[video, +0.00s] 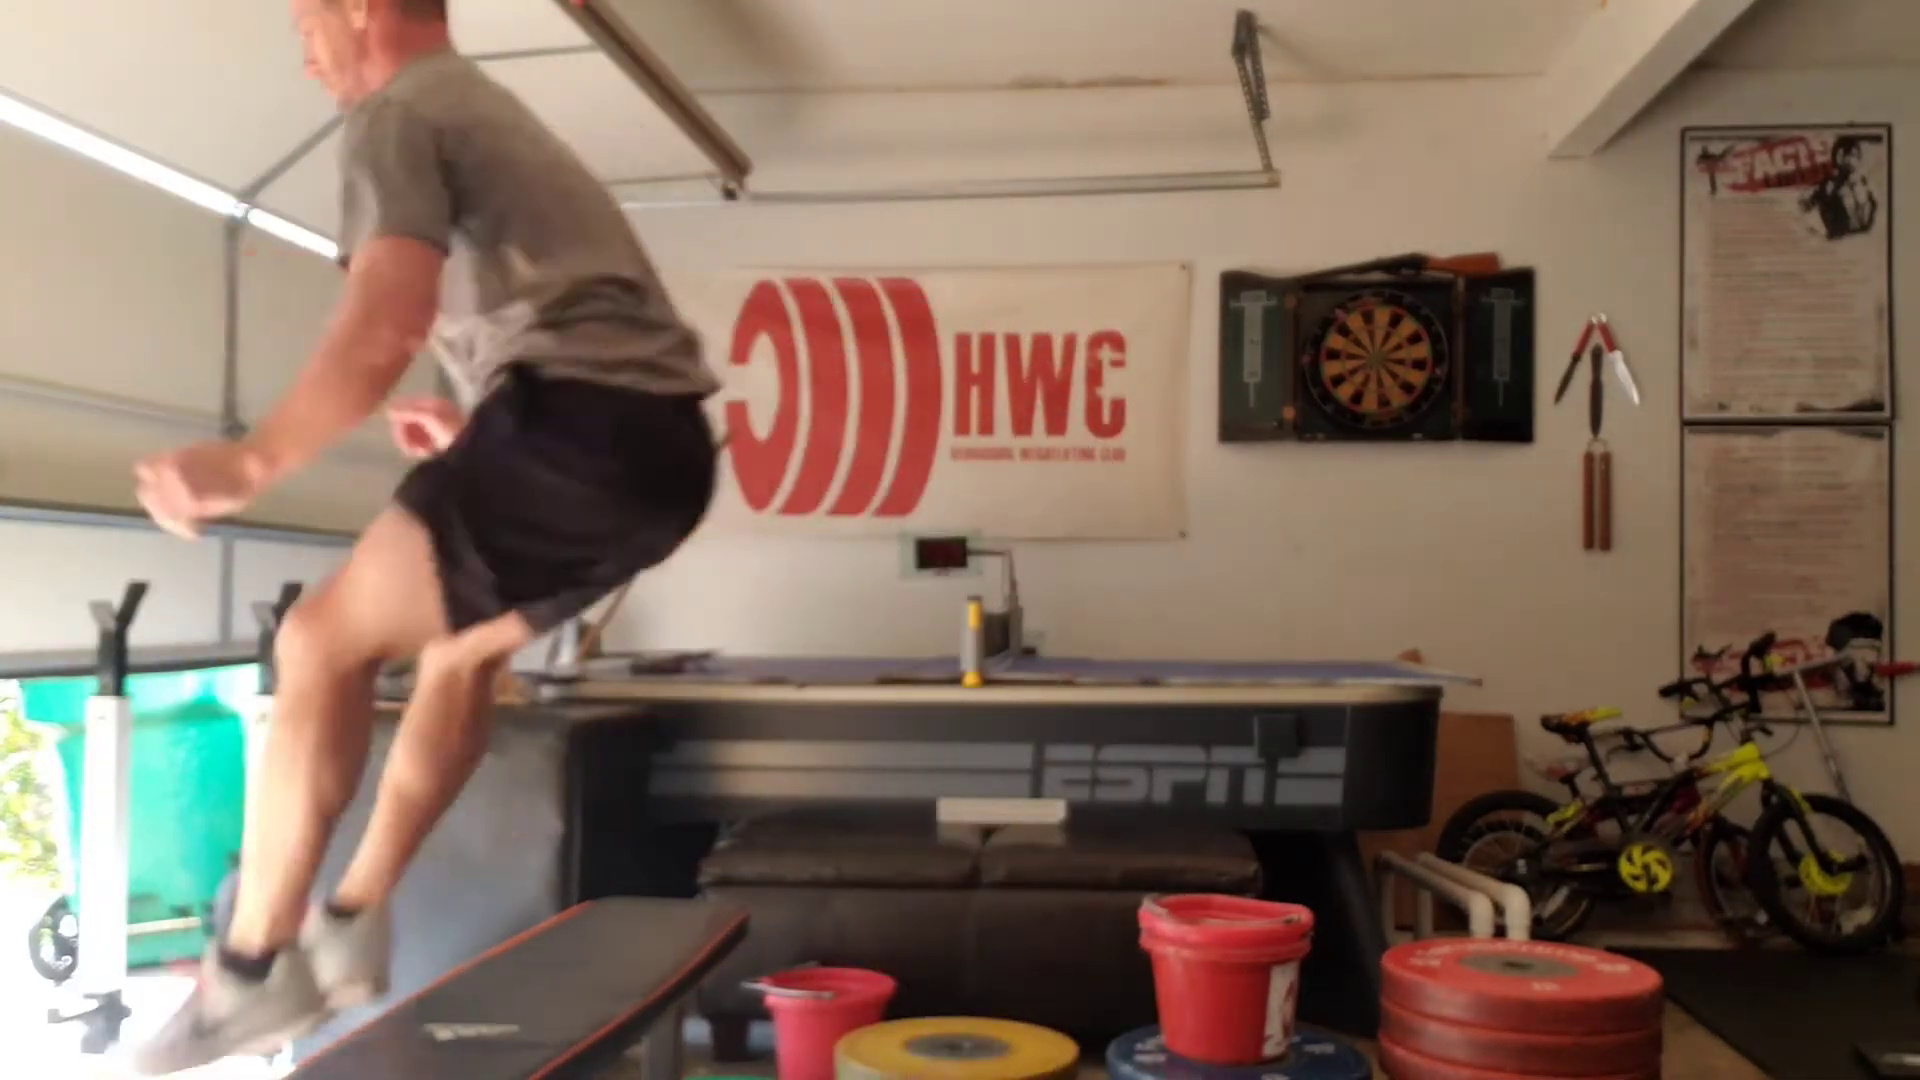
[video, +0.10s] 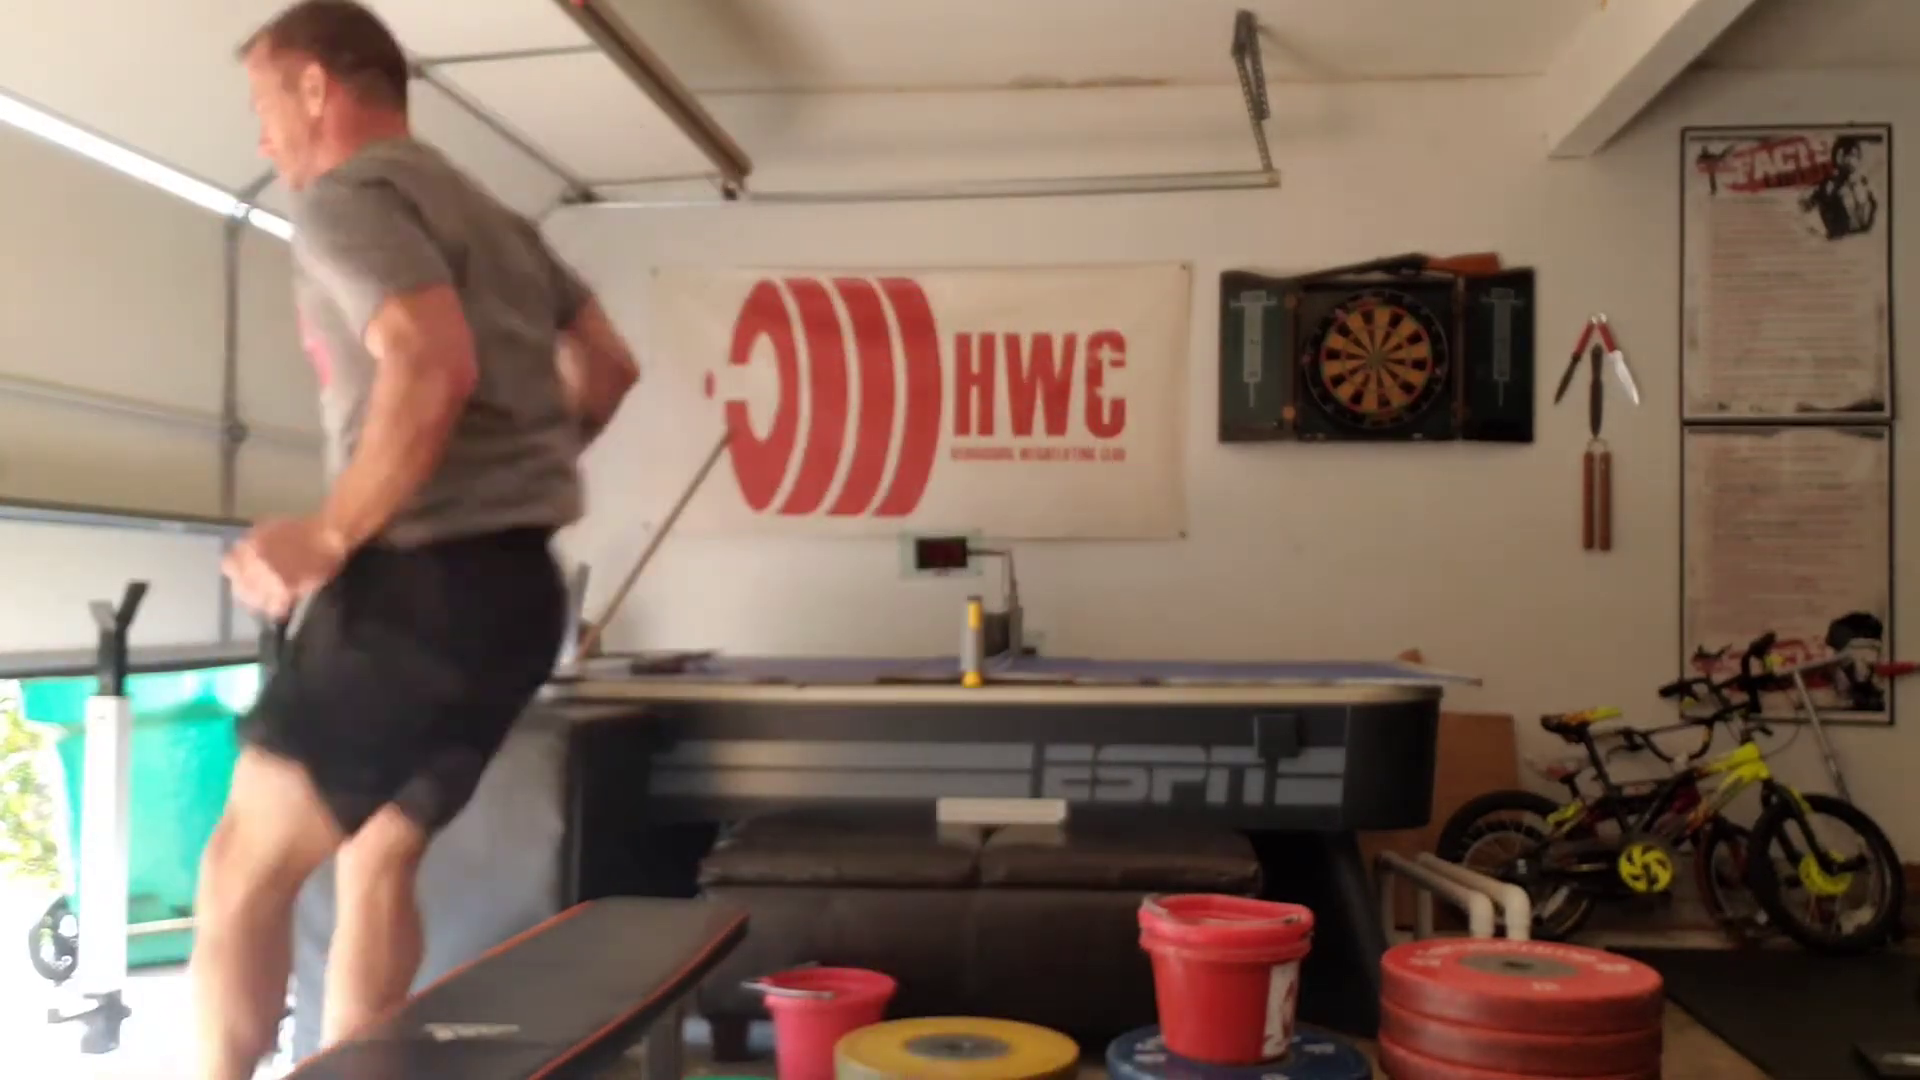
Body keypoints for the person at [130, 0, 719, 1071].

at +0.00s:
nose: (306, 57)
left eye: (311, 31)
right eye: (302, 34)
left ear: (366, 18)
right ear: (403, 20)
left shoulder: (404, 112)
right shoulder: (488, 108)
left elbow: (384, 325)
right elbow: (593, 315)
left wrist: (253, 461)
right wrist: (475, 425)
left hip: (581, 423)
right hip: (666, 440)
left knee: (321, 637)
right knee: (458, 657)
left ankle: (251, 967)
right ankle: (354, 926)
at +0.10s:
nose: (265, 146)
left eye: (264, 112)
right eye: (257, 118)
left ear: (321, 90)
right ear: (374, 92)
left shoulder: (346, 198)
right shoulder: (486, 207)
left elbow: (434, 363)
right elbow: (607, 368)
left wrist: (325, 536)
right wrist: (504, 460)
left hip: (414, 584)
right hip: (517, 587)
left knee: (245, 872)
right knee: (378, 860)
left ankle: (233, 1076)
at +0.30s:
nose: (194, 296)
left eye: (205, 267)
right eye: (197, 269)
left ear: (255, 268)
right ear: (331, 282)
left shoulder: (230, 428)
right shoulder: (400, 436)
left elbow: (171, 653)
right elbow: (425, 617)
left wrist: (55, 734)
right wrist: (230, 689)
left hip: (275, 795)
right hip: (399, 781)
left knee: (101, 1044)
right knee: (271, 1045)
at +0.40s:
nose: (181, 241)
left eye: (193, 215)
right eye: (185, 216)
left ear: (241, 223)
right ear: (313, 235)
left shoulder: (207, 374)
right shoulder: (376, 388)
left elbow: (123, 583)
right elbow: (345, 578)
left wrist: (18, 601)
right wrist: (151, 603)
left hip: (238, 744)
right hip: (369, 731)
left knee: (103, 1026)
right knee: (282, 1025)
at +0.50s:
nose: (166, 171)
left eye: (176, 145)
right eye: (170, 147)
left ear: (223, 152)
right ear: (295, 168)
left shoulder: (187, 298)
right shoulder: (365, 321)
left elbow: (112, 501)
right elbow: (381, 510)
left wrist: (13, 510)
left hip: (211, 679)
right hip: (341, 666)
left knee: (132, 988)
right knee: (277, 968)